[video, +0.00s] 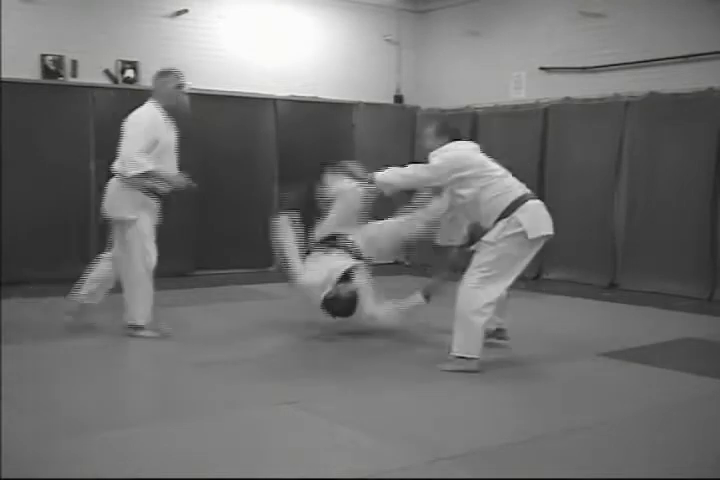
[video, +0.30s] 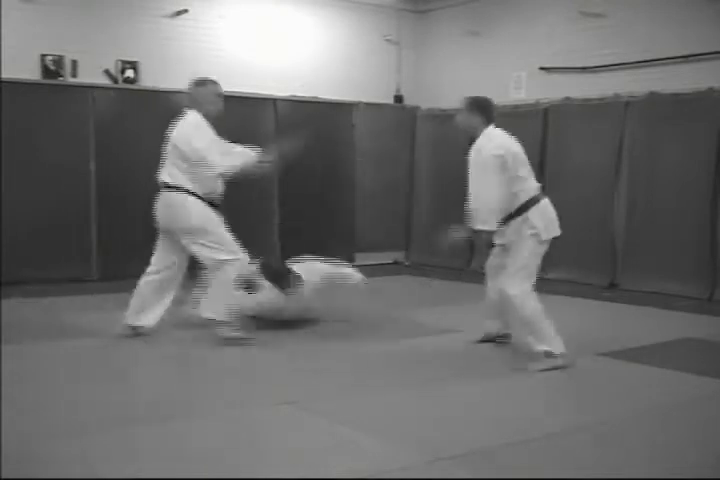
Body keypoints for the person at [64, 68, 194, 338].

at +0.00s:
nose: (185, 95)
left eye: (184, 89)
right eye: (180, 89)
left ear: (168, 91)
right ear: (165, 90)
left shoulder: (164, 122)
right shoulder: (144, 118)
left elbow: (161, 164)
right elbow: (130, 164)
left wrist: (176, 179)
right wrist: (166, 178)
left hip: (144, 198)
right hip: (130, 197)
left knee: (121, 255)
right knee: (141, 259)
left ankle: (78, 302)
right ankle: (138, 322)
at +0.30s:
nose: (221, 102)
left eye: (221, 97)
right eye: (216, 96)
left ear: (199, 99)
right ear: (199, 97)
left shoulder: (187, 124)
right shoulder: (193, 125)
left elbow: (222, 155)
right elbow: (216, 157)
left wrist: (259, 160)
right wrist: (257, 158)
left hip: (171, 201)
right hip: (186, 203)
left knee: (165, 266)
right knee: (233, 259)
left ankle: (135, 321)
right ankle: (222, 319)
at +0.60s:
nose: (180, 240)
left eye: (182, 235)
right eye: (178, 235)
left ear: (191, 233)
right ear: (191, 222)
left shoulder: (212, 250)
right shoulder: (208, 224)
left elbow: (217, 283)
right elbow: (179, 217)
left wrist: (208, 313)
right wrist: (151, 215)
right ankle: (224, 298)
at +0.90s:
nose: (147, 232)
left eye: (150, 226)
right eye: (144, 228)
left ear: (160, 220)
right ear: (144, 228)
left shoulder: (181, 230)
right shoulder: (155, 234)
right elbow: (154, 262)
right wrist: (152, 296)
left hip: (226, 262)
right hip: (203, 260)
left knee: (207, 300)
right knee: (187, 300)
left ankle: (238, 294)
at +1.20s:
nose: (123, 193)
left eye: (125, 187)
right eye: (118, 190)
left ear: (131, 184)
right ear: (113, 193)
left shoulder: (151, 197)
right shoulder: (113, 204)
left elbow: (193, 205)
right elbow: (94, 226)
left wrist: (212, 227)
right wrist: (93, 251)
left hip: (183, 241)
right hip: (154, 243)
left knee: (177, 293)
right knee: (126, 246)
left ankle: (226, 297)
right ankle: (138, 292)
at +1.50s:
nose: (120, 154)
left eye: (122, 150)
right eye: (115, 151)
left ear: (127, 152)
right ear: (107, 156)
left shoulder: (147, 170)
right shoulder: (102, 180)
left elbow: (180, 180)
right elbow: (83, 199)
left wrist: (179, 208)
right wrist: (67, 219)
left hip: (168, 221)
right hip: (137, 223)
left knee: (150, 264)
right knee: (122, 245)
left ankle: (180, 276)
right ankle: (139, 292)